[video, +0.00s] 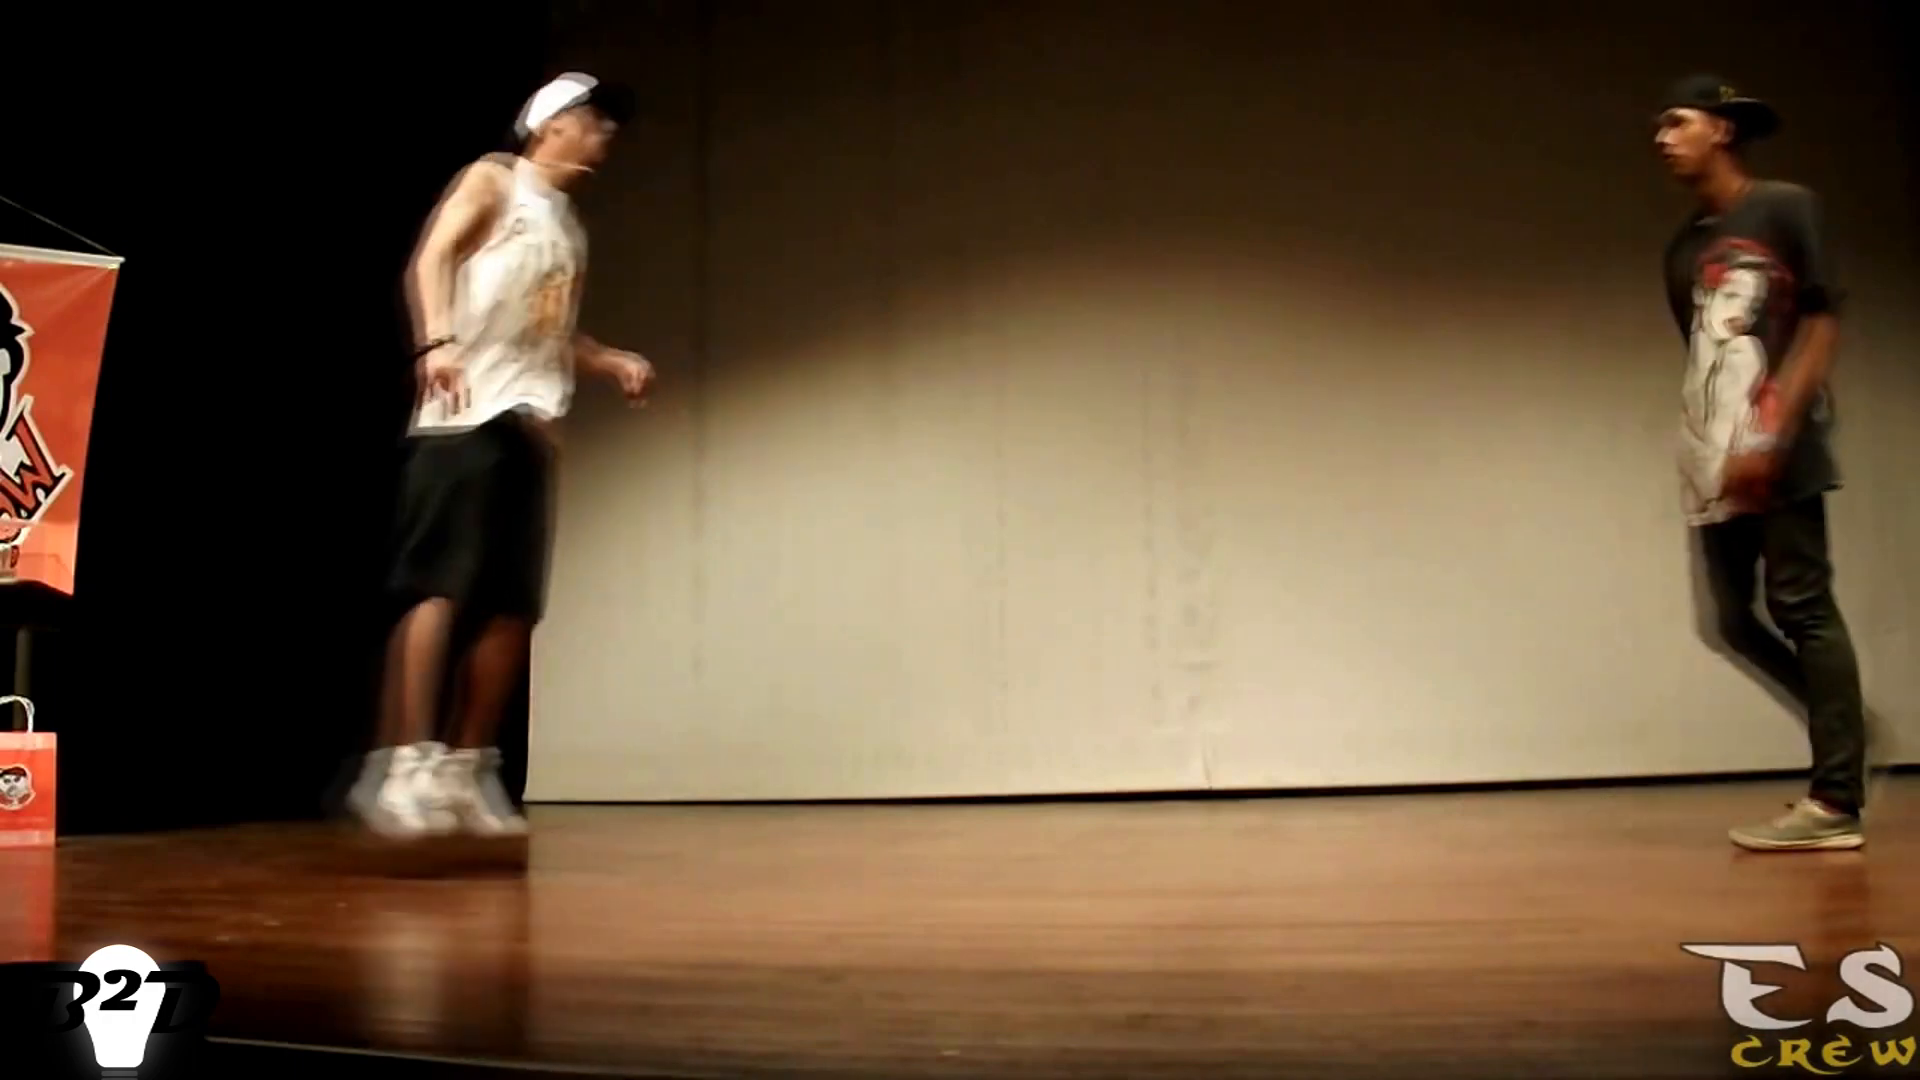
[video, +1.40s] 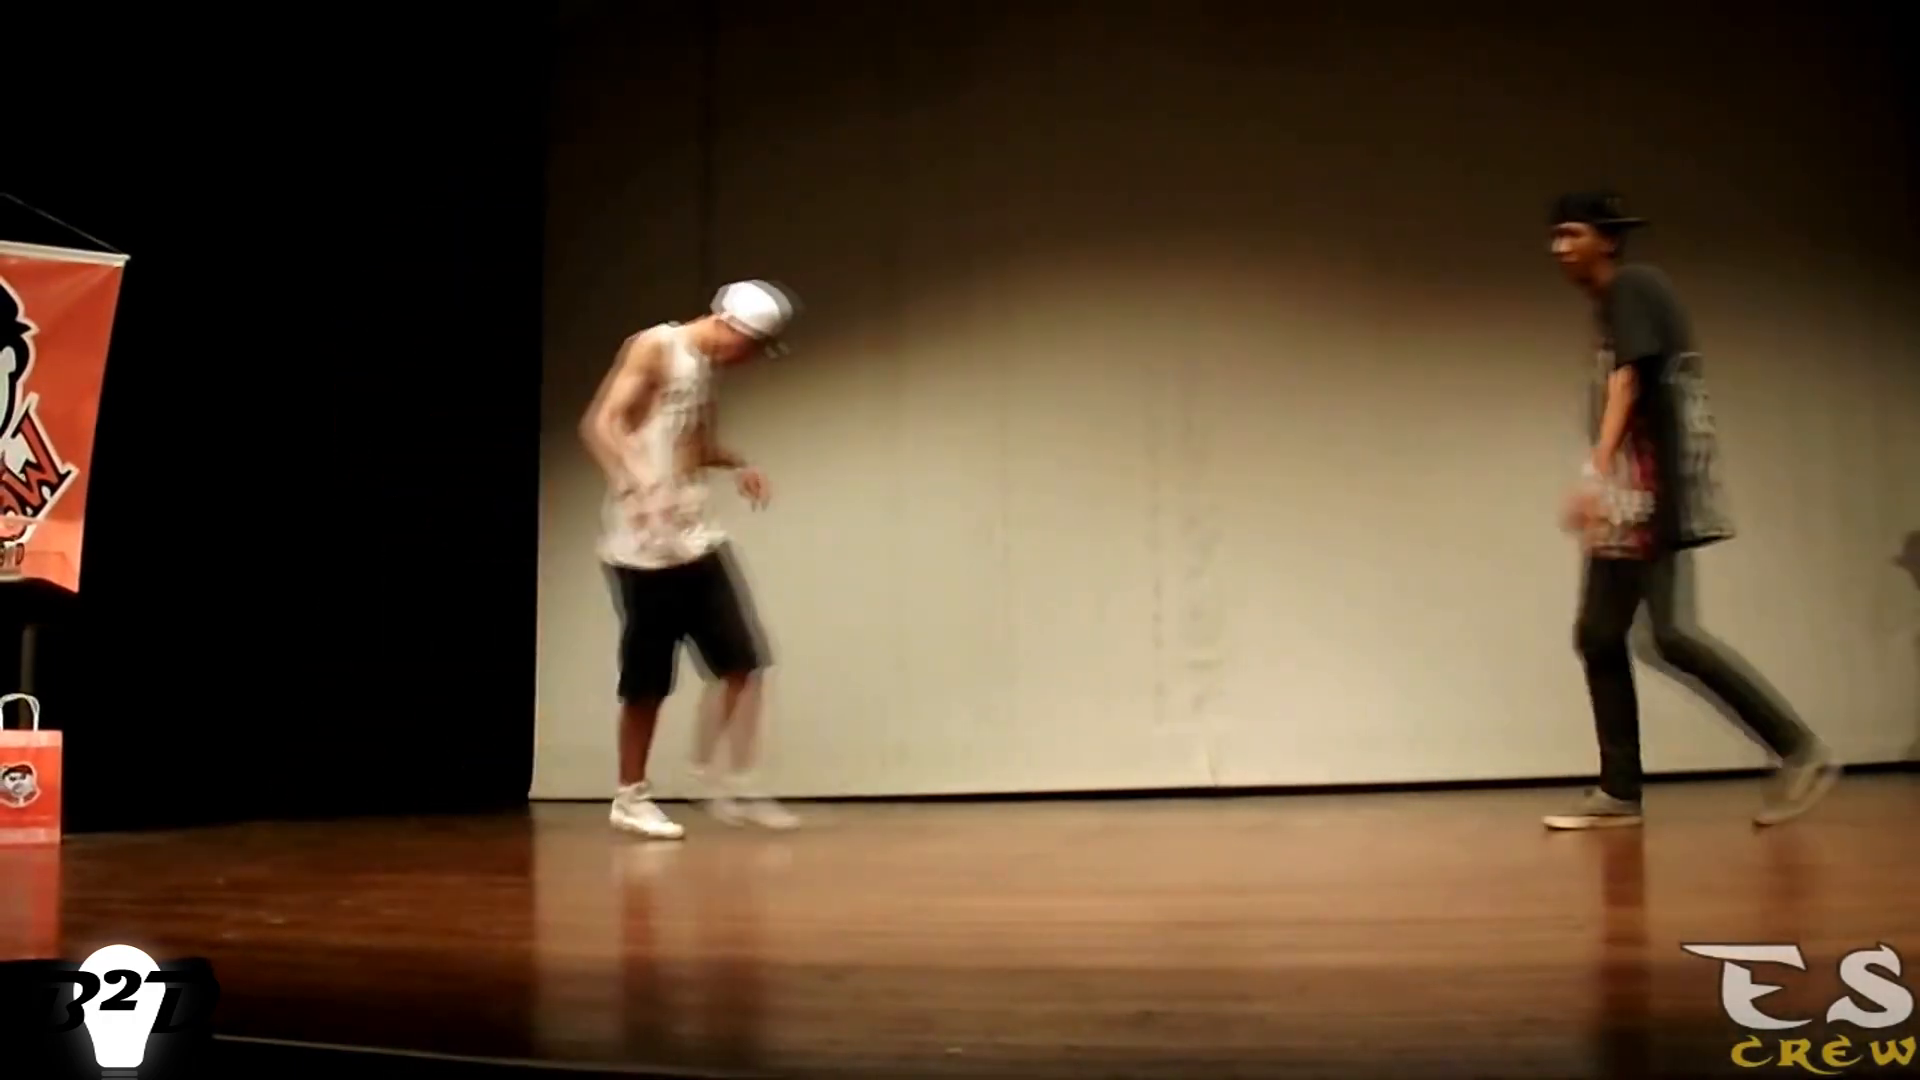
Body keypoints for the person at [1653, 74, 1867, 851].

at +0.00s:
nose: (1661, 139)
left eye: (1676, 125)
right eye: (1660, 128)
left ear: (1721, 131)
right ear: (1686, 142)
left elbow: (1821, 324)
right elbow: (1706, 361)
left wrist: (1768, 436)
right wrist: (1708, 454)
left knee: (1803, 606)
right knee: (1730, 621)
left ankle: (1836, 804)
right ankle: (1854, 728)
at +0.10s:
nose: (1686, 149)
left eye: (1699, 135)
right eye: (1685, 138)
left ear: (1743, 142)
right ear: (1716, 151)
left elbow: (1856, 324)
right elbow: (1704, 375)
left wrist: (1829, 430)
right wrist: (1708, 481)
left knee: (1814, 614)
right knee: (1797, 620)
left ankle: (1837, 798)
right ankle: (1910, 745)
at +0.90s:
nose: (1659, 232)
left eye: (1665, 219)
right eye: (1658, 219)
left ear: (1695, 216)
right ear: (1699, 216)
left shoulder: (1744, 261)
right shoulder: (1730, 270)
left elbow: (1769, 362)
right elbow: (1736, 378)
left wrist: (1759, 462)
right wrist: (1723, 464)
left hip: (1787, 480)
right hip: (1769, 479)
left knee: (1780, 626)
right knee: (1747, 618)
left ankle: (1834, 788)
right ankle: (1875, 716)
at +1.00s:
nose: (1652, 233)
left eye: (1658, 218)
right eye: (1649, 220)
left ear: (1688, 215)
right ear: (1693, 217)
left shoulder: (1719, 255)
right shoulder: (1724, 260)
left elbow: (1735, 344)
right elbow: (1745, 357)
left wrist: (1691, 396)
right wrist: (1689, 396)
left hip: (1772, 483)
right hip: (1748, 483)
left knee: (1786, 630)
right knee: (1697, 608)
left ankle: (1837, 787)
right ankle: (1811, 720)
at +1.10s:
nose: (1633, 230)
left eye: (1642, 217)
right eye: (1631, 219)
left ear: (1675, 216)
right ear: (1677, 219)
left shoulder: (1691, 255)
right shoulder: (1718, 263)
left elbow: (1706, 324)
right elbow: (1738, 372)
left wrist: (1639, 359)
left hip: (1746, 487)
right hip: (1739, 488)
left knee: (1780, 630)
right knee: (1669, 613)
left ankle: (1836, 786)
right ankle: (1730, 750)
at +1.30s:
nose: (1585, 242)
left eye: (1597, 229)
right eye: (1582, 232)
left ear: (1632, 233)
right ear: (1601, 241)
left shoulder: (1660, 286)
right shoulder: (1641, 298)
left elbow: (1657, 363)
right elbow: (1670, 405)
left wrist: (1588, 421)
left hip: (1703, 503)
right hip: (1672, 506)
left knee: (1737, 634)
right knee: (1632, 633)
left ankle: (1831, 778)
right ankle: (1623, 794)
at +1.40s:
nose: (1559, 249)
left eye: (1570, 236)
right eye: (1557, 238)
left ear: (1605, 239)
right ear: (1579, 245)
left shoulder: (1632, 290)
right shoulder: (1614, 300)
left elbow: (1627, 385)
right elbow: (1642, 408)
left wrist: (1596, 477)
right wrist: (1615, 497)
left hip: (1657, 502)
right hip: (1627, 504)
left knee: (1667, 635)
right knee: (1599, 638)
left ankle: (1800, 754)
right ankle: (1619, 793)